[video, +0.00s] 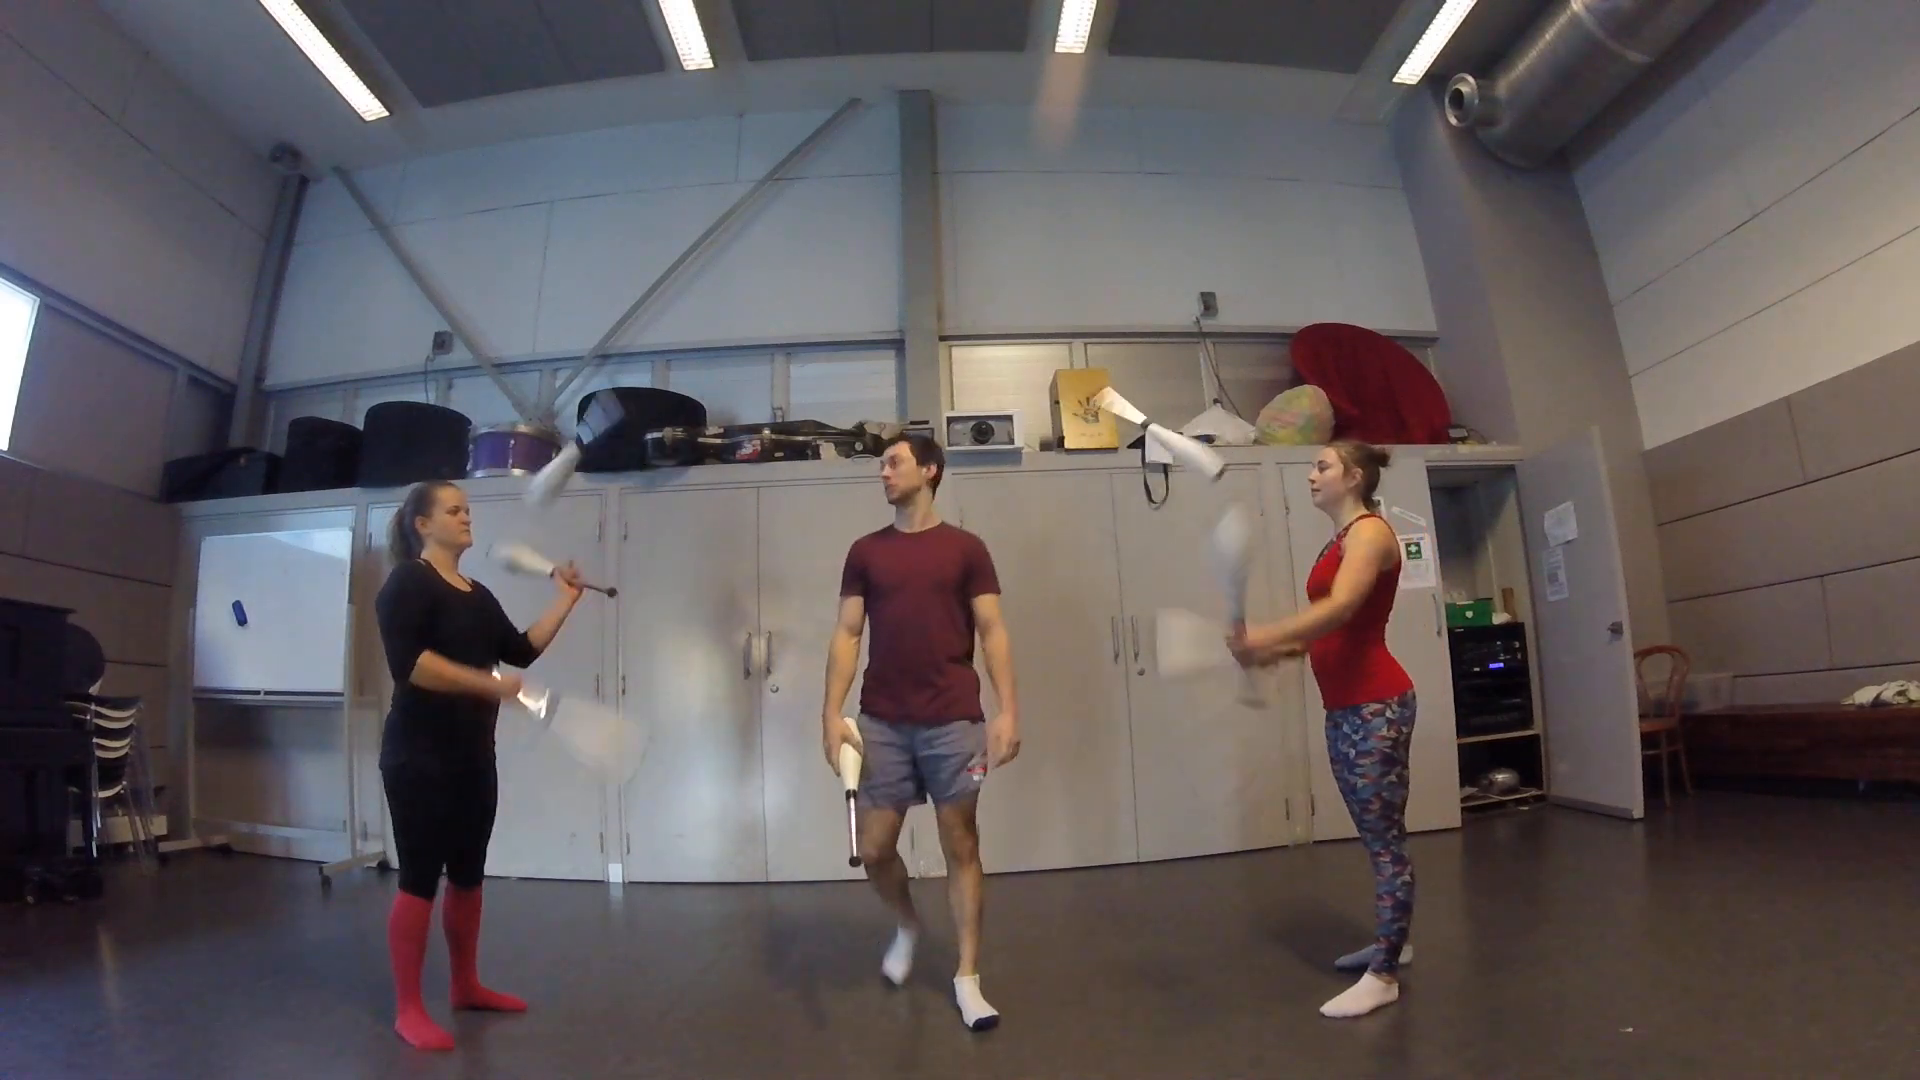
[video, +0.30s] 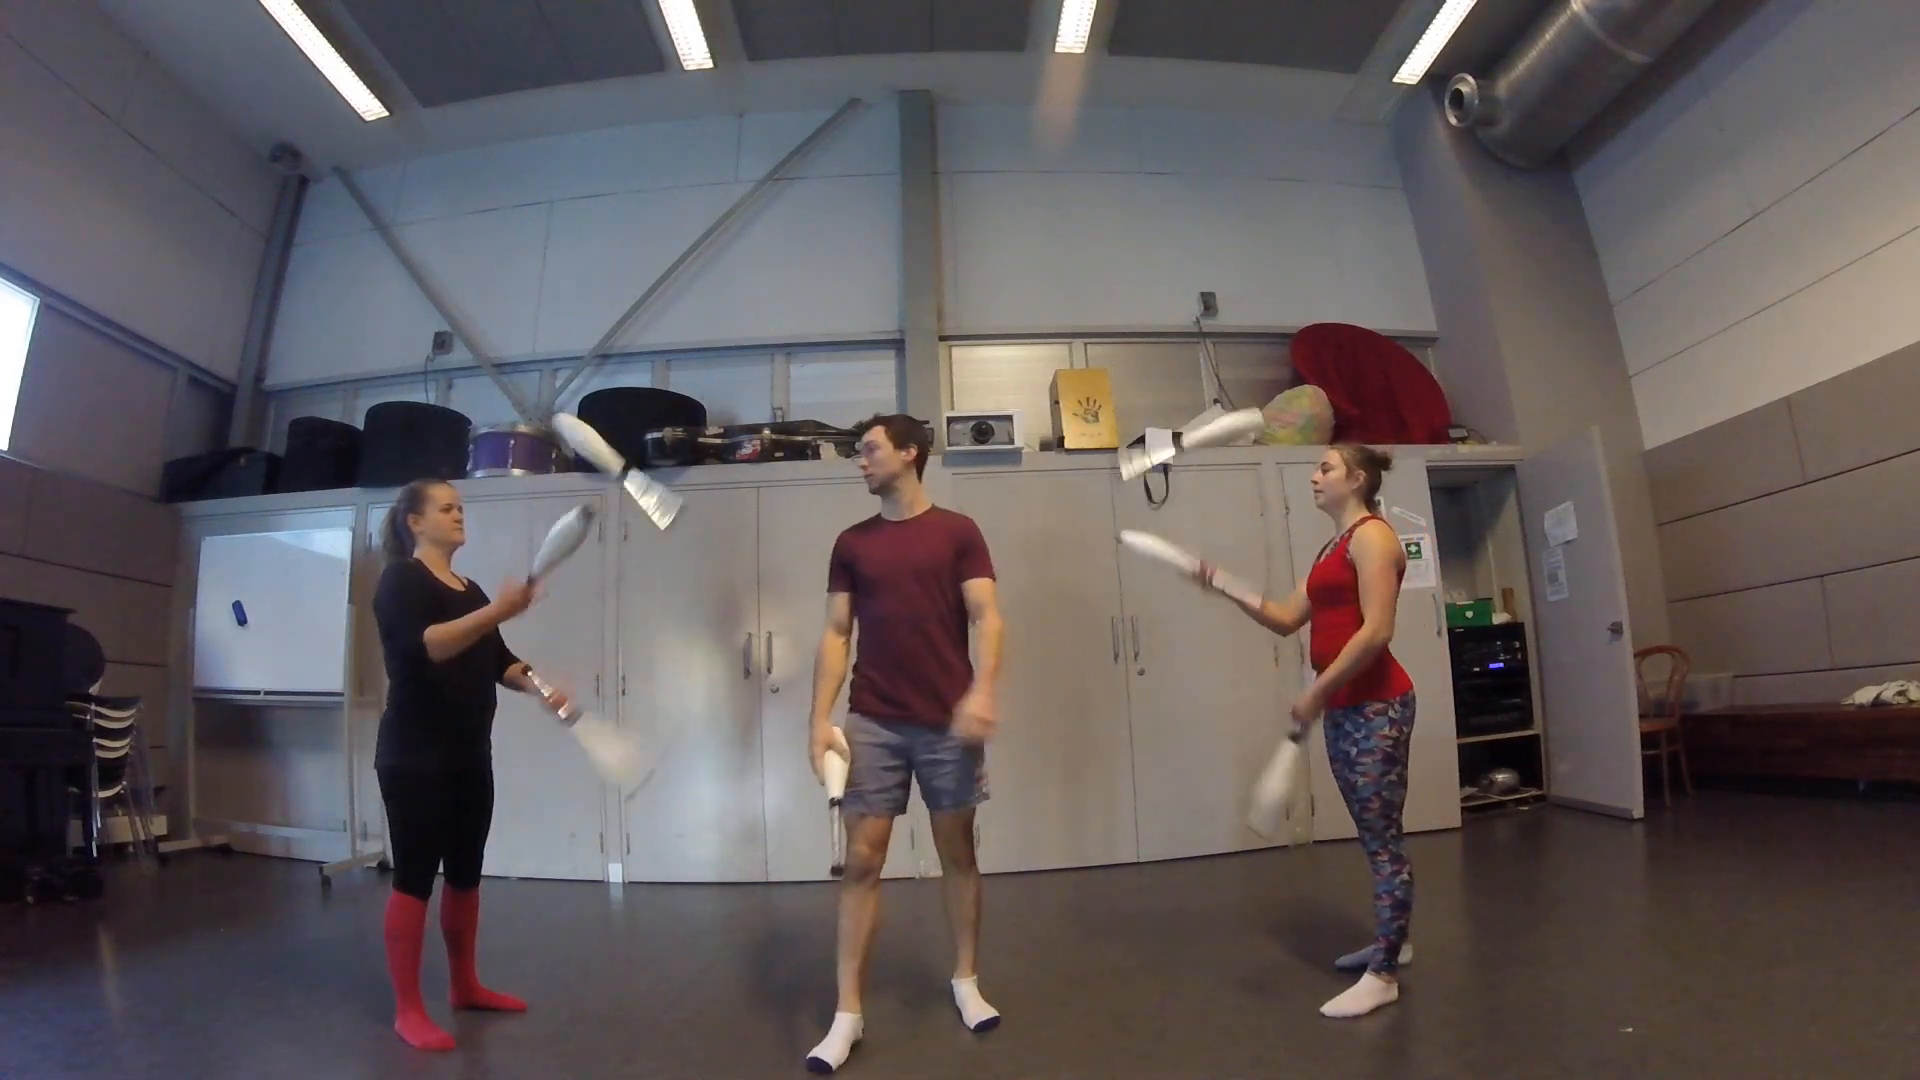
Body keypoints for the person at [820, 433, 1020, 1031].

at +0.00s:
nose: (885, 472)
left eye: (896, 463)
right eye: (883, 464)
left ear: (930, 473)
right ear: (887, 476)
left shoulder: (966, 548)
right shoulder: (866, 551)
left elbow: (992, 631)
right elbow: (846, 634)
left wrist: (1007, 713)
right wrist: (832, 713)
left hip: (952, 719)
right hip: (882, 722)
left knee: (961, 847)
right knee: (874, 852)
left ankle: (968, 976)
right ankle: (908, 925)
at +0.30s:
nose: (862, 460)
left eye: (873, 450)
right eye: (860, 452)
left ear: (912, 455)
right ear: (876, 462)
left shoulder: (958, 532)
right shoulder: (853, 542)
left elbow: (987, 617)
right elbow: (837, 633)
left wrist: (983, 691)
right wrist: (821, 719)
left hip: (947, 724)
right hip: (873, 723)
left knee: (958, 854)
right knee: (861, 861)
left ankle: (965, 980)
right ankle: (847, 1014)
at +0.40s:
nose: (846, 460)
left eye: (856, 449)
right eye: (845, 451)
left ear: (897, 453)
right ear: (878, 457)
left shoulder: (946, 527)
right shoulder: (841, 541)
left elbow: (965, 617)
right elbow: (824, 634)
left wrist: (922, 674)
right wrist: (804, 719)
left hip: (940, 725)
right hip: (861, 725)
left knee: (956, 857)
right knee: (854, 863)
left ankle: (965, 981)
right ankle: (845, 1016)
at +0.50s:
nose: (831, 453)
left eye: (842, 442)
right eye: (832, 443)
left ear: (882, 446)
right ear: (858, 451)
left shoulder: (931, 517)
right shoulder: (827, 535)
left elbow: (923, 607)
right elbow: (813, 632)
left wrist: (837, 638)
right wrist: (786, 716)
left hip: (926, 716)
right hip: (849, 722)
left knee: (964, 855)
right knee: (849, 865)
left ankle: (971, 973)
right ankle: (845, 1015)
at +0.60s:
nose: (818, 451)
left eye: (827, 440)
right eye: (817, 442)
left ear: (868, 442)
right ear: (855, 445)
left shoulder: (915, 511)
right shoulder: (820, 535)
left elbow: (863, 583)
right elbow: (802, 630)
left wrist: (755, 596)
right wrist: (774, 711)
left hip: (917, 714)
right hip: (839, 720)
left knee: (966, 854)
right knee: (844, 866)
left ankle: (990, 971)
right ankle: (845, 1018)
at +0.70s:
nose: (808, 452)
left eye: (815, 439)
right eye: (807, 442)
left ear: (855, 436)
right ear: (847, 439)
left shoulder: (899, 505)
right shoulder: (823, 533)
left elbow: (815, 560)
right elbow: (803, 633)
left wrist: (698, 573)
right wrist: (770, 711)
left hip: (911, 714)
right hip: (834, 721)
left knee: (965, 857)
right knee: (845, 867)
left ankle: (1009, 984)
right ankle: (847, 1017)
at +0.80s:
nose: (800, 451)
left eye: (807, 439)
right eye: (800, 441)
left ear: (844, 435)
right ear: (842, 437)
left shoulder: (888, 504)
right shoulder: (836, 527)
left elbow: (781, 552)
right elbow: (811, 636)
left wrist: (677, 572)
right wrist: (774, 714)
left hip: (908, 713)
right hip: (836, 722)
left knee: (965, 855)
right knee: (847, 869)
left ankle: (1012, 983)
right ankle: (847, 1016)